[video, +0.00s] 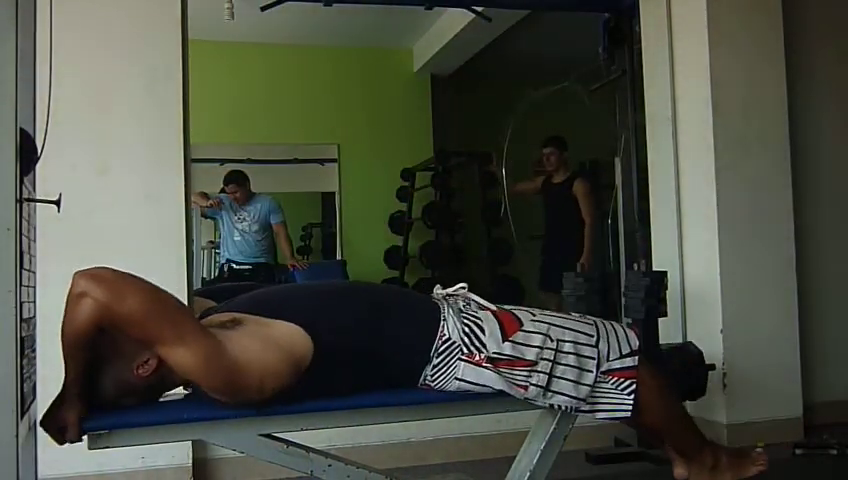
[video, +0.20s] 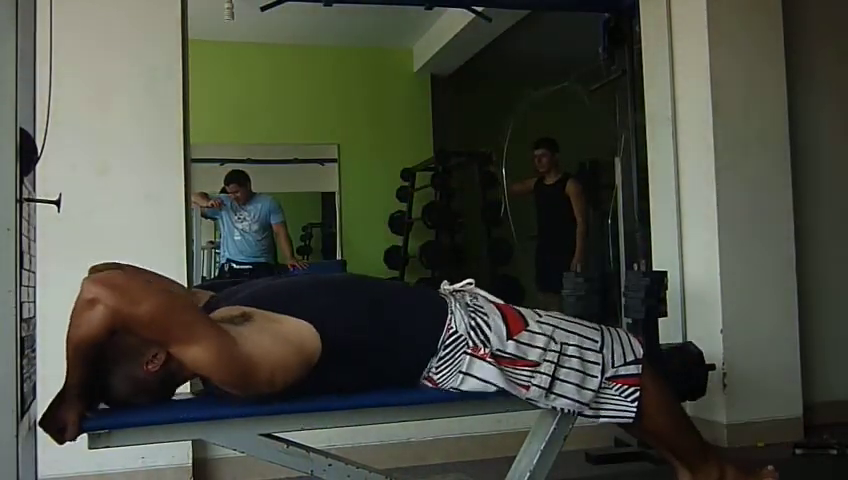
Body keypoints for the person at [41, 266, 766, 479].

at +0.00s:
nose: (146, 352)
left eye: (136, 356)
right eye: (141, 362)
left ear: (143, 367)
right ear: (151, 374)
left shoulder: (208, 340)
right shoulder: (211, 356)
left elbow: (95, 287)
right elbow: (92, 287)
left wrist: (77, 385)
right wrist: (72, 390)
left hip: (435, 319)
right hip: (440, 339)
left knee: (605, 346)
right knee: (616, 351)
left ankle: (690, 449)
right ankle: (697, 456)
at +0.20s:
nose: (151, 352)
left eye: (143, 357)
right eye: (148, 362)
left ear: (151, 361)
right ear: (159, 373)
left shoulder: (221, 331)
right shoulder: (224, 351)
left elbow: (107, 282)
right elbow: (105, 287)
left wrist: (77, 384)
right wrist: (73, 389)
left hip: (444, 316)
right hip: (451, 335)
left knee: (605, 355)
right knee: (628, 366)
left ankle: (690, 445)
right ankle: (704, 463)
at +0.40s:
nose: (165, 362)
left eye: (157, 367)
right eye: (163, 368)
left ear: (162, 368)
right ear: (172, 371)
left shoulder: (227, 340)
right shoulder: (230, 348)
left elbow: (125, 286)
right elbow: (122, 293)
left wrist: (82, 387)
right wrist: (75, 390)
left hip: (458, 309)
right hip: (466, 319)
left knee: (618, 365)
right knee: (629, 372)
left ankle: (697, 453)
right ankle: (707, 465)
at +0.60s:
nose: (167, 350)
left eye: (156, 354)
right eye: (161, 360)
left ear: (167, 362)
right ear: (175, 374)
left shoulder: (231, 338)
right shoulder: (234, 350)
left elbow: (124, 283)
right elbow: (125, 281)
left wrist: (83, 382)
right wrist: (77, 386)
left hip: (453, 318)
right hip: (462, 332)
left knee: (617, 366)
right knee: (632, 370)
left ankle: (702, 453)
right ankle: (723, 459)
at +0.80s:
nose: (161, 350)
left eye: (153, 355)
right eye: (158, 362)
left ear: (162, 356)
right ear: (170, 372)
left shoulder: (225, 333)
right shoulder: (227, 347)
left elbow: (114, 283)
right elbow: (114, 281)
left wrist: (81, 380)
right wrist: (74, 386)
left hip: (452, 318)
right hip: (461, 334)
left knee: (612, 358)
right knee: (631, 363)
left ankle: (710, 441)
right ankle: (730, 450)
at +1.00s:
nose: (168, 349)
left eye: (159, 353)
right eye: (164, 361)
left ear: (164, 357)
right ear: (172, 371)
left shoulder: (239, 331)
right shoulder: (250, 362)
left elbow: (127, 283)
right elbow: (128, 285)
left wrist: (87, 380)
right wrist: (78, 387)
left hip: (466, 315)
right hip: (473, 335)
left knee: (617, 346)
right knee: (637, 364)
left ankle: (717, 426)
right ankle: (746, 426)